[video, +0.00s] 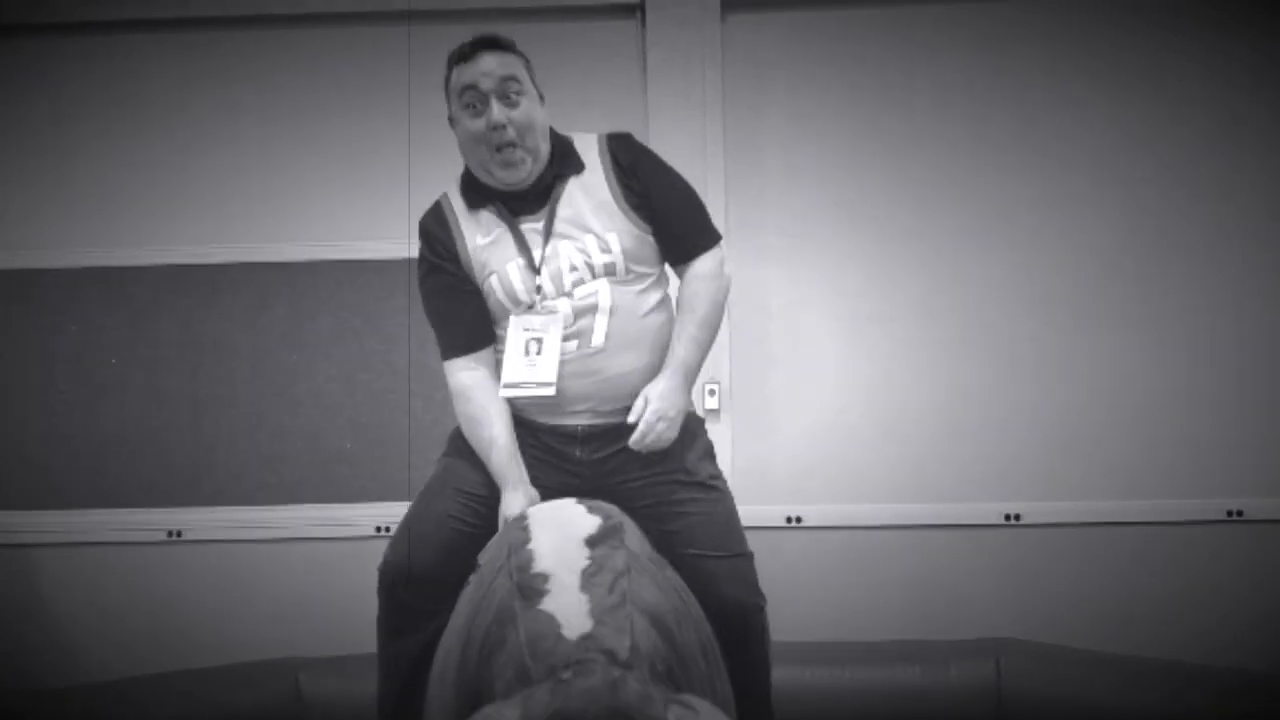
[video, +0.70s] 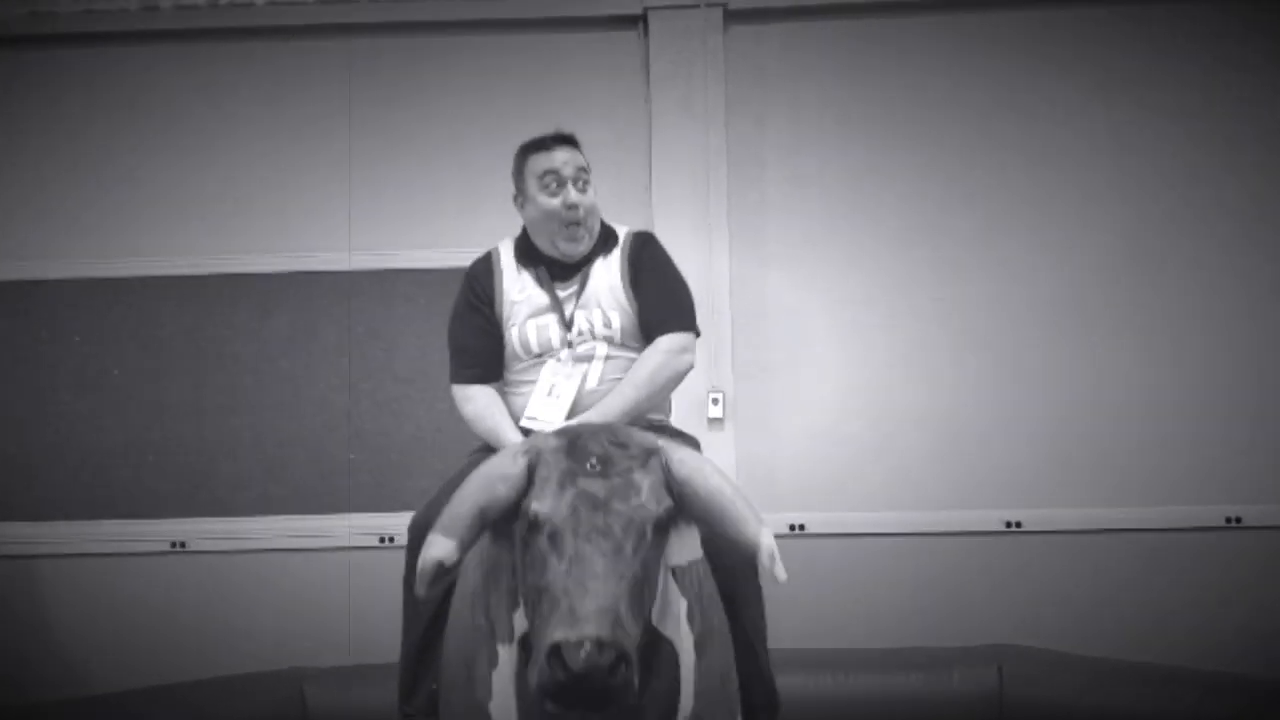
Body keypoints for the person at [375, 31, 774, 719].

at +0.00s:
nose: (497, 118)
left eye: (512, 95)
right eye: (474, 104)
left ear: (542, 103)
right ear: (453, 126)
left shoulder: (619, 161)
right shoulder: (447, 228)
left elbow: (707, 263)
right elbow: (470, 373)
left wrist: (677, 378)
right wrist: (513, 482)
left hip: (651, 441)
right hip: (513, 448)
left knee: (735, 604)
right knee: (411, 574)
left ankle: (750, 718)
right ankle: (406, 715)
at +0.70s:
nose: (572, 199)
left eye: (581, 182)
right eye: (552, 185)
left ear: (596, 191)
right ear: (521, 204)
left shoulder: (636, 252)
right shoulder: (489, 274)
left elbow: (677, 348)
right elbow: (470, 388)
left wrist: (592, 427)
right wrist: (524, 448)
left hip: (634, 432)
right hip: (524, 440)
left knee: (736, 537)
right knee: (431, 539)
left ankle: (757, 699)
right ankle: (418, 701)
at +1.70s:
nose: (545, 112)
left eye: (552, 100)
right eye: (525, 103)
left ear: (566, 116)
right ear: (496, 129)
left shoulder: (609, 178)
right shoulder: (472, 202)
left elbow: (666, 257)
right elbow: (468, 308)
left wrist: (630, 331)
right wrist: (502, 384)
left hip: (615, 363)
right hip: (508, 372)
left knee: (688, 480)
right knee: (432, 469)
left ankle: (716, 665)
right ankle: (420, 664)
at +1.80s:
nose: (536, 92)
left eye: (541, 80)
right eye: (515, 84)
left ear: (556, 94)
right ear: (485, 113)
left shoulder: (607, 158)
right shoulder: (468, 189)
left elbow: (686, 213)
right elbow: (470, 296)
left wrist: (700, 262)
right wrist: (503, 376)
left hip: (618, 352)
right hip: (510, 361)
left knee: (693, 481)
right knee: (433, 464)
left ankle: (719, 659)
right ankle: (418, 660)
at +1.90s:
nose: (535, 77)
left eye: (540, 64)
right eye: (513, 68)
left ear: (554, 81)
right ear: (480, 98)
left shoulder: (609, 144)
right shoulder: (468, 181)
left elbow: (693, 186)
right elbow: (474, 292)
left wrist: (744, 188)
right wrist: (510, 375)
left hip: (625, 345)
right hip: (519, 353)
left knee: (699, 479)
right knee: (436, 460)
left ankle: (722, 664)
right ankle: (419, 653)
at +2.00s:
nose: (533, 64)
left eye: (534, 51)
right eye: (509, 56)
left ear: (547, 65)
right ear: (474, 87)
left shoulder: (605, 132)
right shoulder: (466, 172)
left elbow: (699, 155)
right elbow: (474, 284)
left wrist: (765, 111)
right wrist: (508, 371)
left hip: (626, 339)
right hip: (519, 346)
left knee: (700, 476)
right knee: (434, 456)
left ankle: (725, 663)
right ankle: (418, 652)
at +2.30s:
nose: (529, 45)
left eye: (527, 35)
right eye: (505, 40)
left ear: (542, 55)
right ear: (473, 80)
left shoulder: (604, 111)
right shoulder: (469, 158)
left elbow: (685, 76)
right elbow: (485, 278)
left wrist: (717, 8)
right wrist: (514, 370)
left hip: (636, 328)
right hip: (525, 336)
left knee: (708, 474)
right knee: (438, 456)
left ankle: (730, 655)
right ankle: (421, 654)